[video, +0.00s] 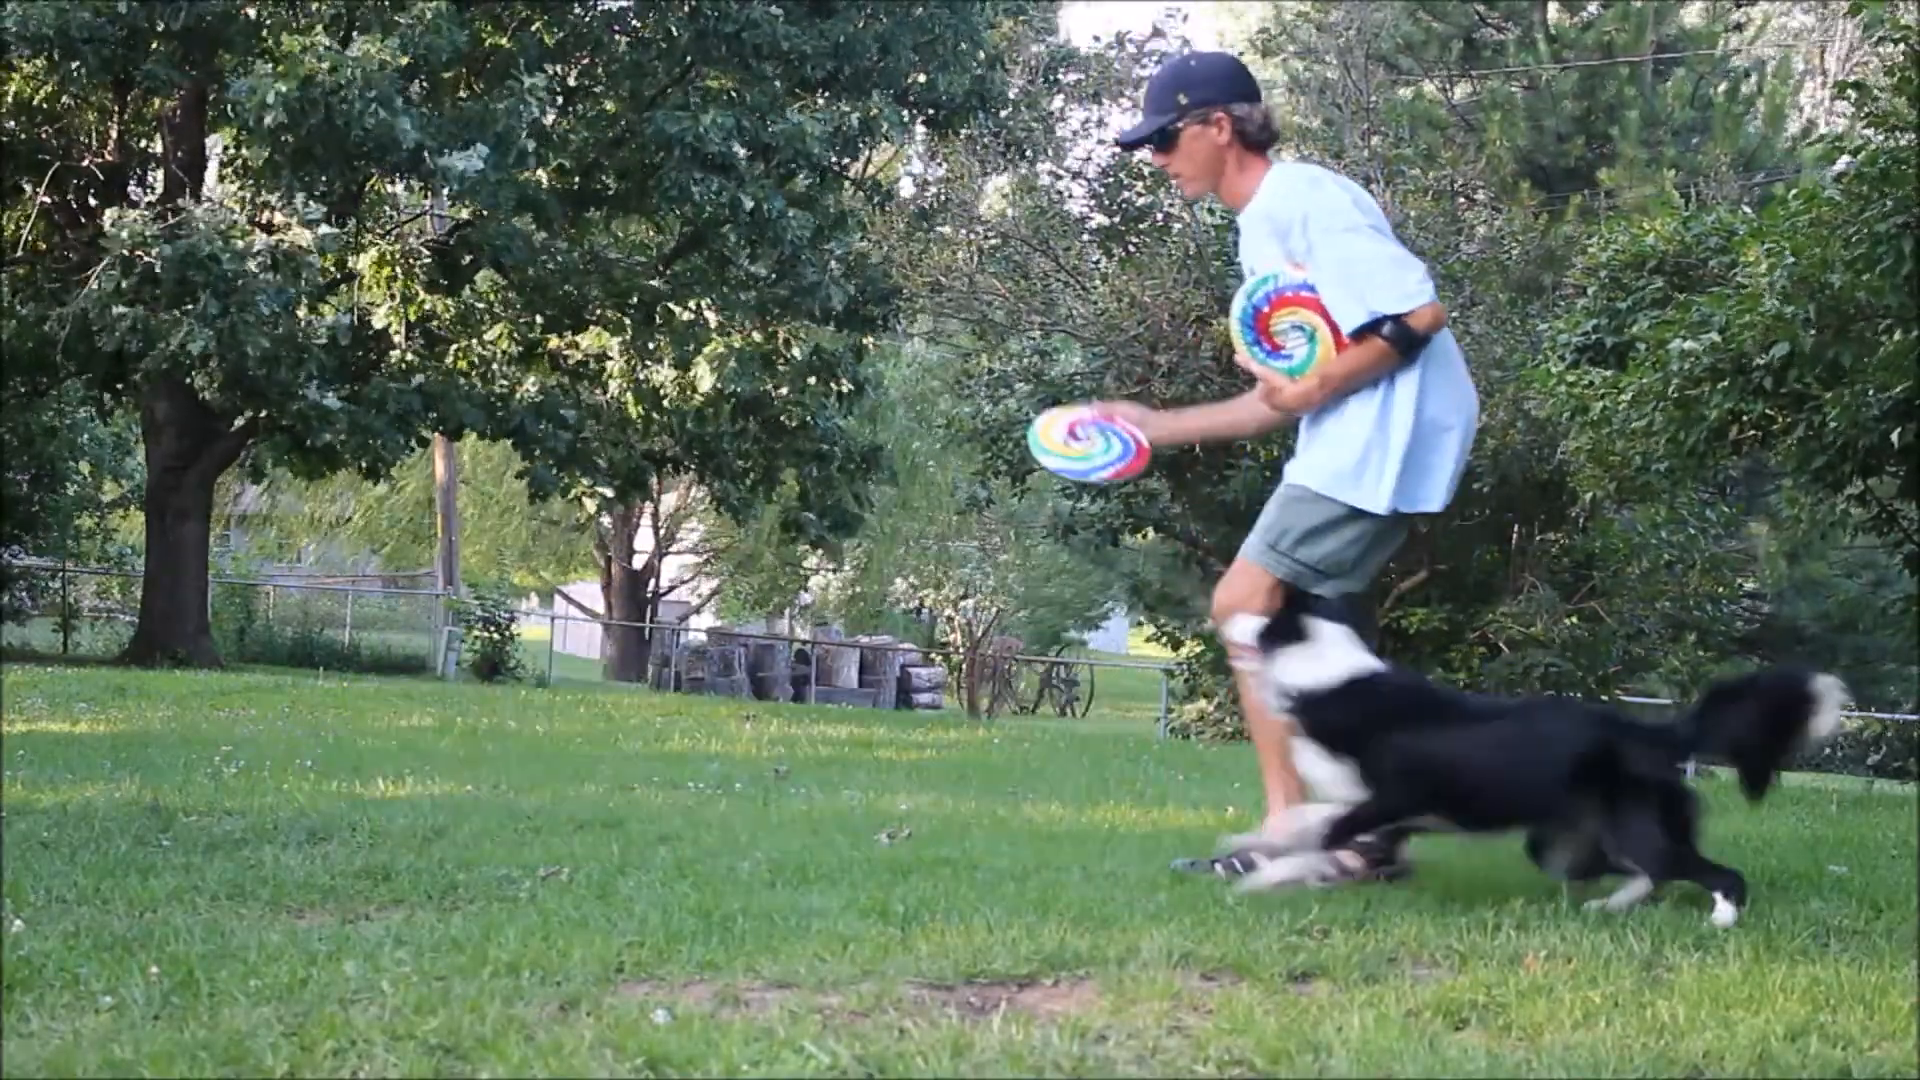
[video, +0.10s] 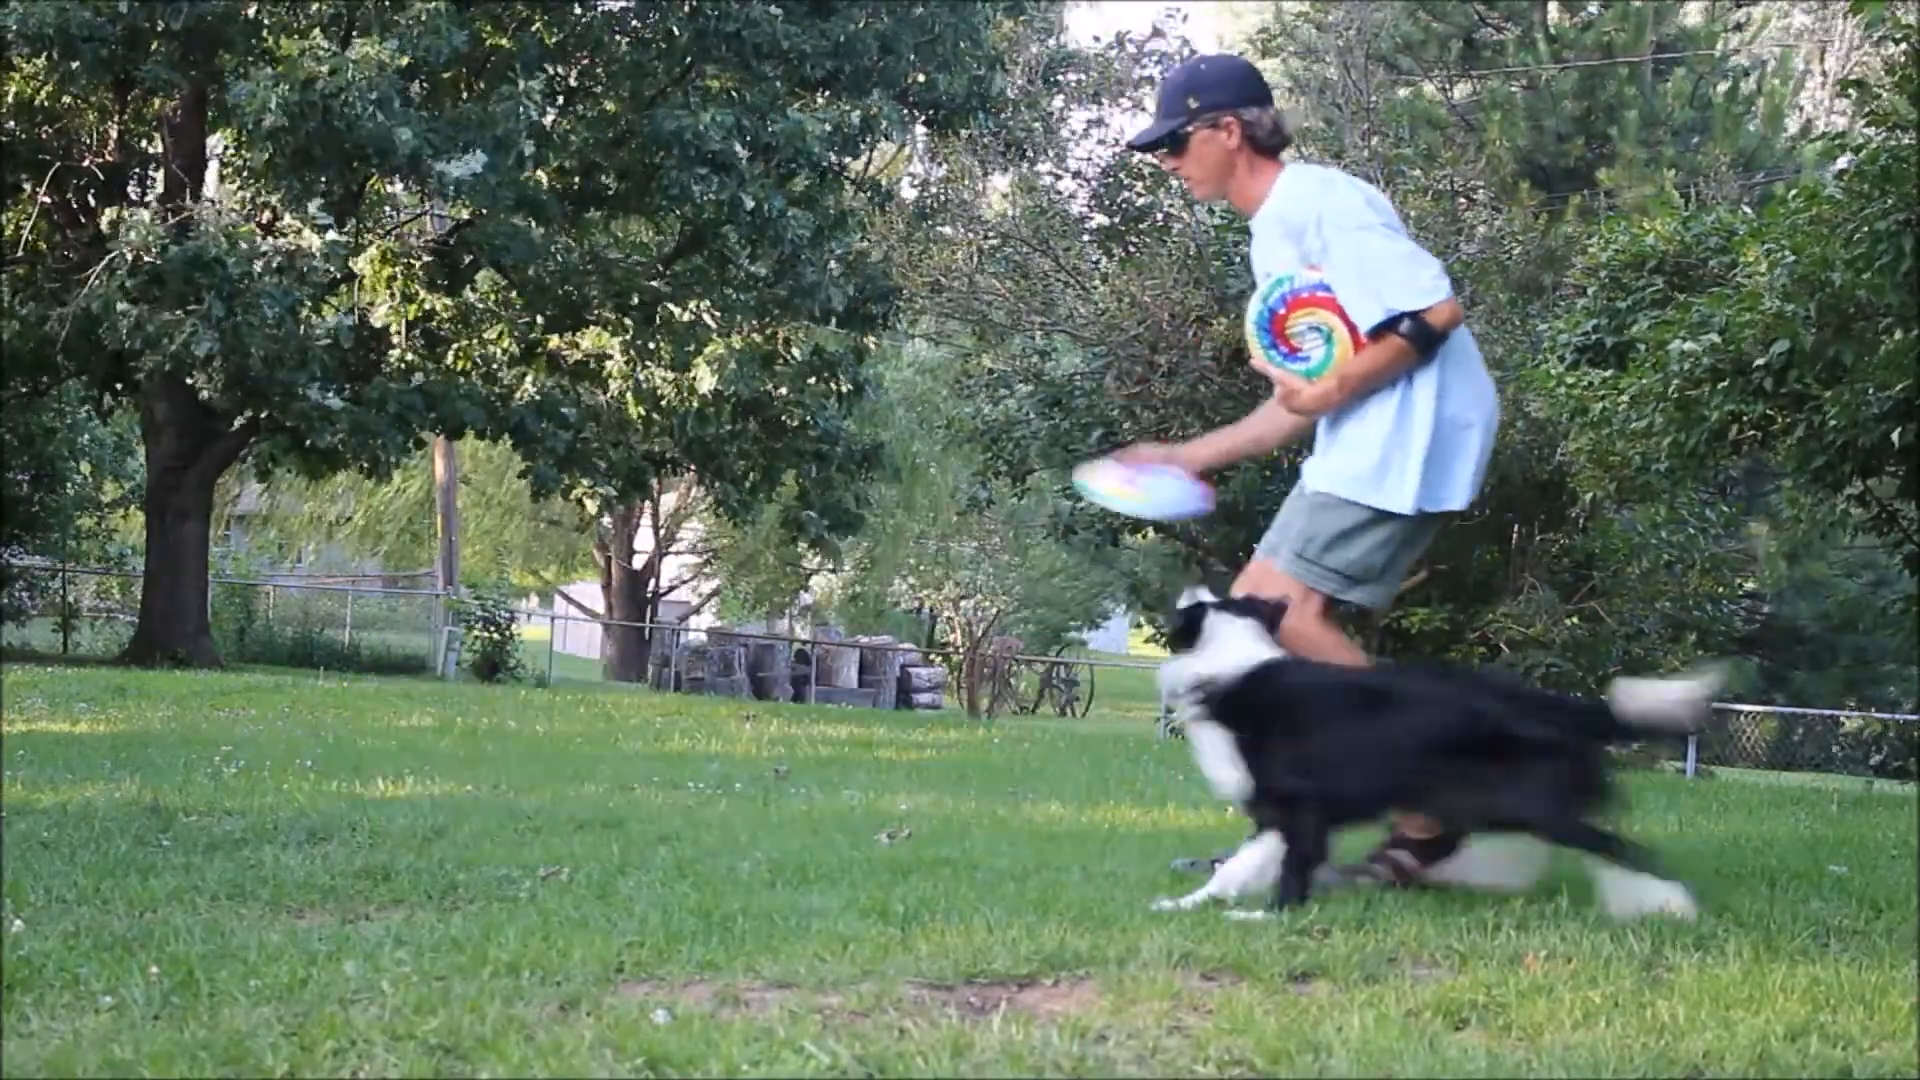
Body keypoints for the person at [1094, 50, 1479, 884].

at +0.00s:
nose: (1160, 164)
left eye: (1167, 143)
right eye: (1156, 148)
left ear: (1220, 128)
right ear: (1218, 135)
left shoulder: (1310, 198)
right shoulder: (1260, 232)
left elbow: (1415, 315)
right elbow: (1283, 397)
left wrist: (1316, 384)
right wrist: (1156, 425)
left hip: (1382, 443)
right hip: (1351, 444)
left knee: (1243, 604)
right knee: (1299, 623)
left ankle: (1293, 825)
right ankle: (1362, 826)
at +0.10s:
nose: (1170, 167)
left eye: (1178, 146)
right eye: (1166, 151)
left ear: (1230, 133)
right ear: (1222, 138)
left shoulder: (1319, 201)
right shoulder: (1273, 235)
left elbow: (1432, 310)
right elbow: (1301, 400)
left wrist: (1330, 388)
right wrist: (1187, 457)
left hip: (1403, 448)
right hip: (1363, 448)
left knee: (1276, 606)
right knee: (1274, 620)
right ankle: (1289, 831)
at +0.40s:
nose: (1250, 129)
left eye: (1255, 111)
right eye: (1248, 113)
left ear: (1297, 105)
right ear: (1306, 105)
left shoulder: (1383, 175)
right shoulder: (1361, 190)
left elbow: (1489, 294)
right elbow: (1388, 356)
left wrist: (1384, 371)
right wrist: (1299, 437)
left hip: (1497, 415)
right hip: (1465, 415)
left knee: (1395, 608)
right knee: (1375, 607)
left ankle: (1471, 850)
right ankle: (1315, 831)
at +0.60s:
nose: (1315, 95)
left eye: (1319, 76)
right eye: (1315, 78)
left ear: (1352, 74)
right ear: (1377, 71)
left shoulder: (1424, 147)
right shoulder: (1432, 147)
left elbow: (1515, 277)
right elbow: (1491, 309)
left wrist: (1418, 350)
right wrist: (1405, 411)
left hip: (1545, 389)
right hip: (1522, 388)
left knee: (1444, 589)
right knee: (1412, 572)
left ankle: (1477, 847)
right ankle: (1430, 817)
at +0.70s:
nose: (1342, 89)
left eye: (1345, 71)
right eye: (1341, 72)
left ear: (1378, 69)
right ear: (1413, 68)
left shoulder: (1445, 140)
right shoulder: (1472, 138)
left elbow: (1530, 271)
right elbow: (1510, 324)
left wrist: (1438, 335)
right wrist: (1406, 404)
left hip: (1552, 392)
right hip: (1569, 391)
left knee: (1455, 595)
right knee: (1479, 602)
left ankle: (1479, 849)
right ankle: (1564, 826)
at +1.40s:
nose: (1331, 148)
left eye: (1331, 126)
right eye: (1327, 130)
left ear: (1368, 114)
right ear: (1401, 109)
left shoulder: (1429, 169)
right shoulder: (1488, 162)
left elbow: (1526, 284)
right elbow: (1552, 292)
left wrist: (1456, 366)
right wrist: (1471, 355)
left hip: (1563, 405)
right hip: (1622, 404)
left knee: (1427, 595)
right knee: (1507, 616)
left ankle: (1462, 858)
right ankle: (1588, 845)